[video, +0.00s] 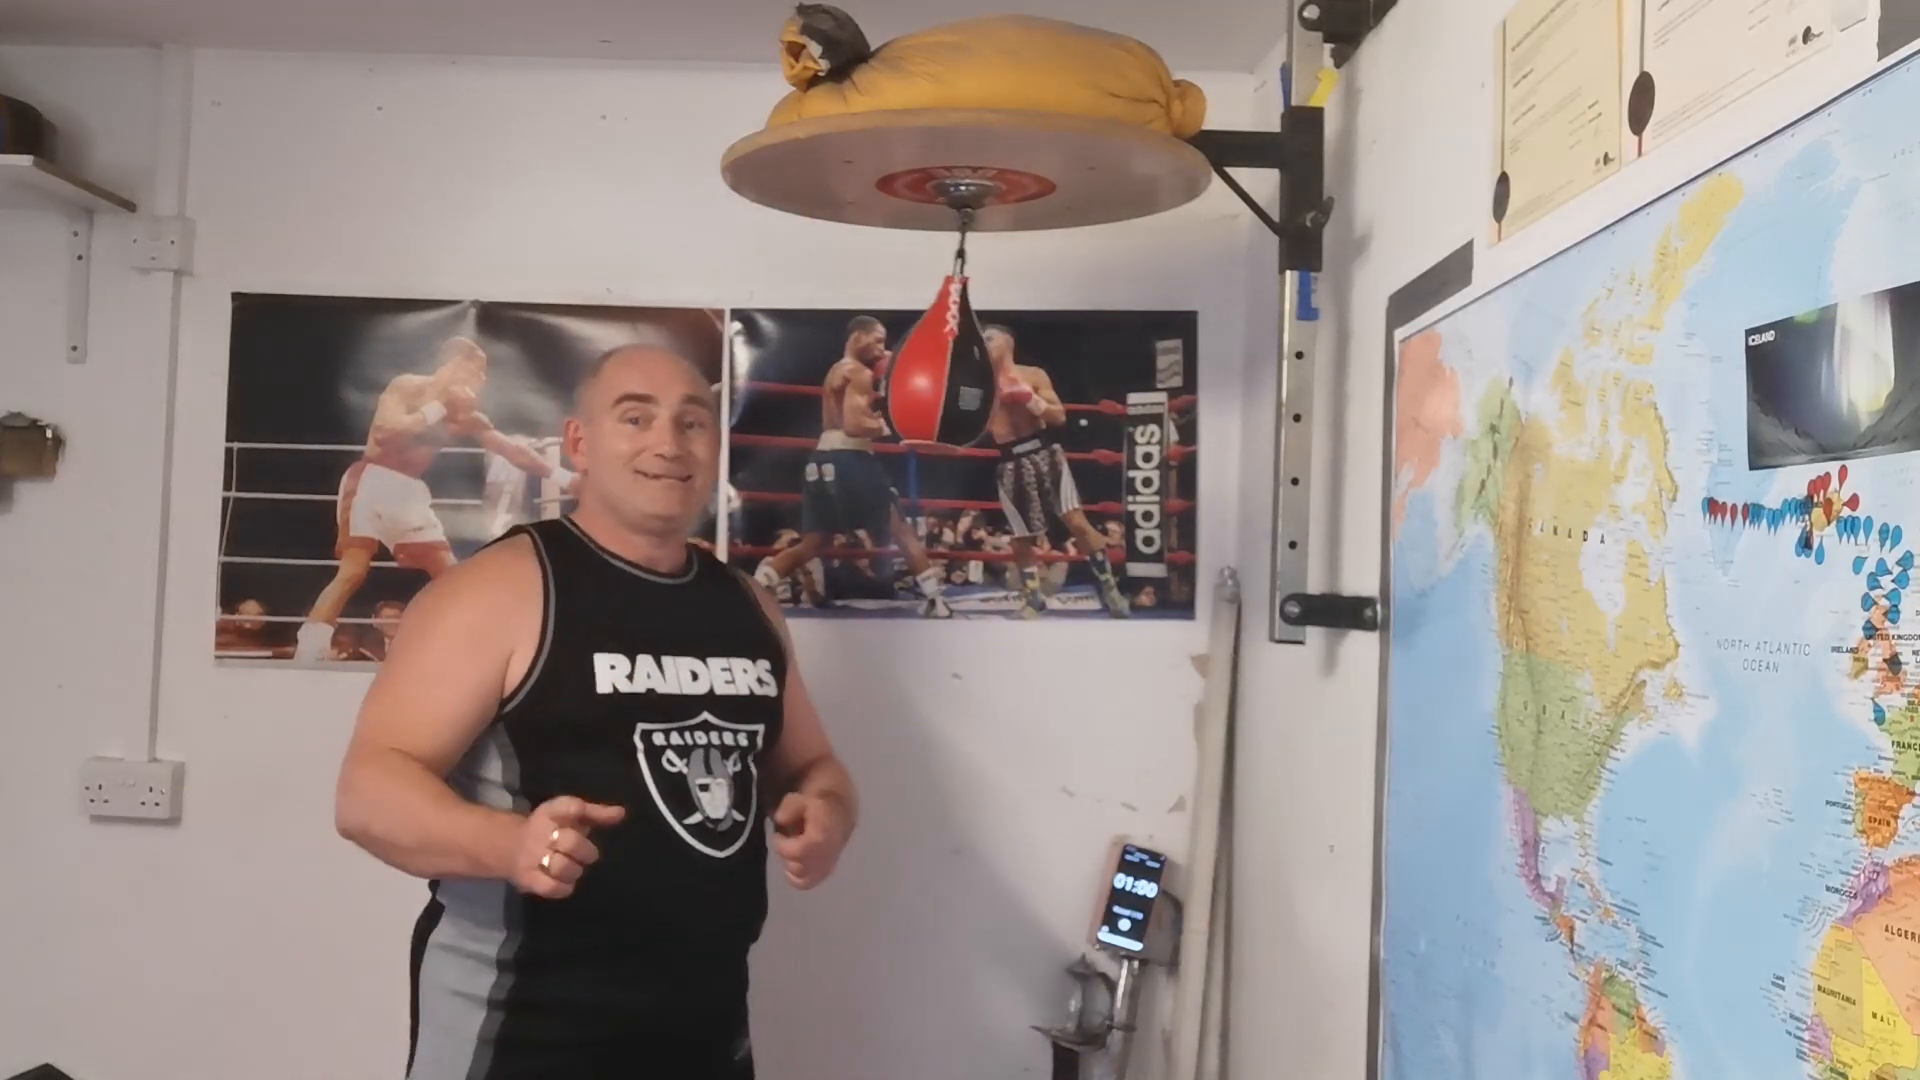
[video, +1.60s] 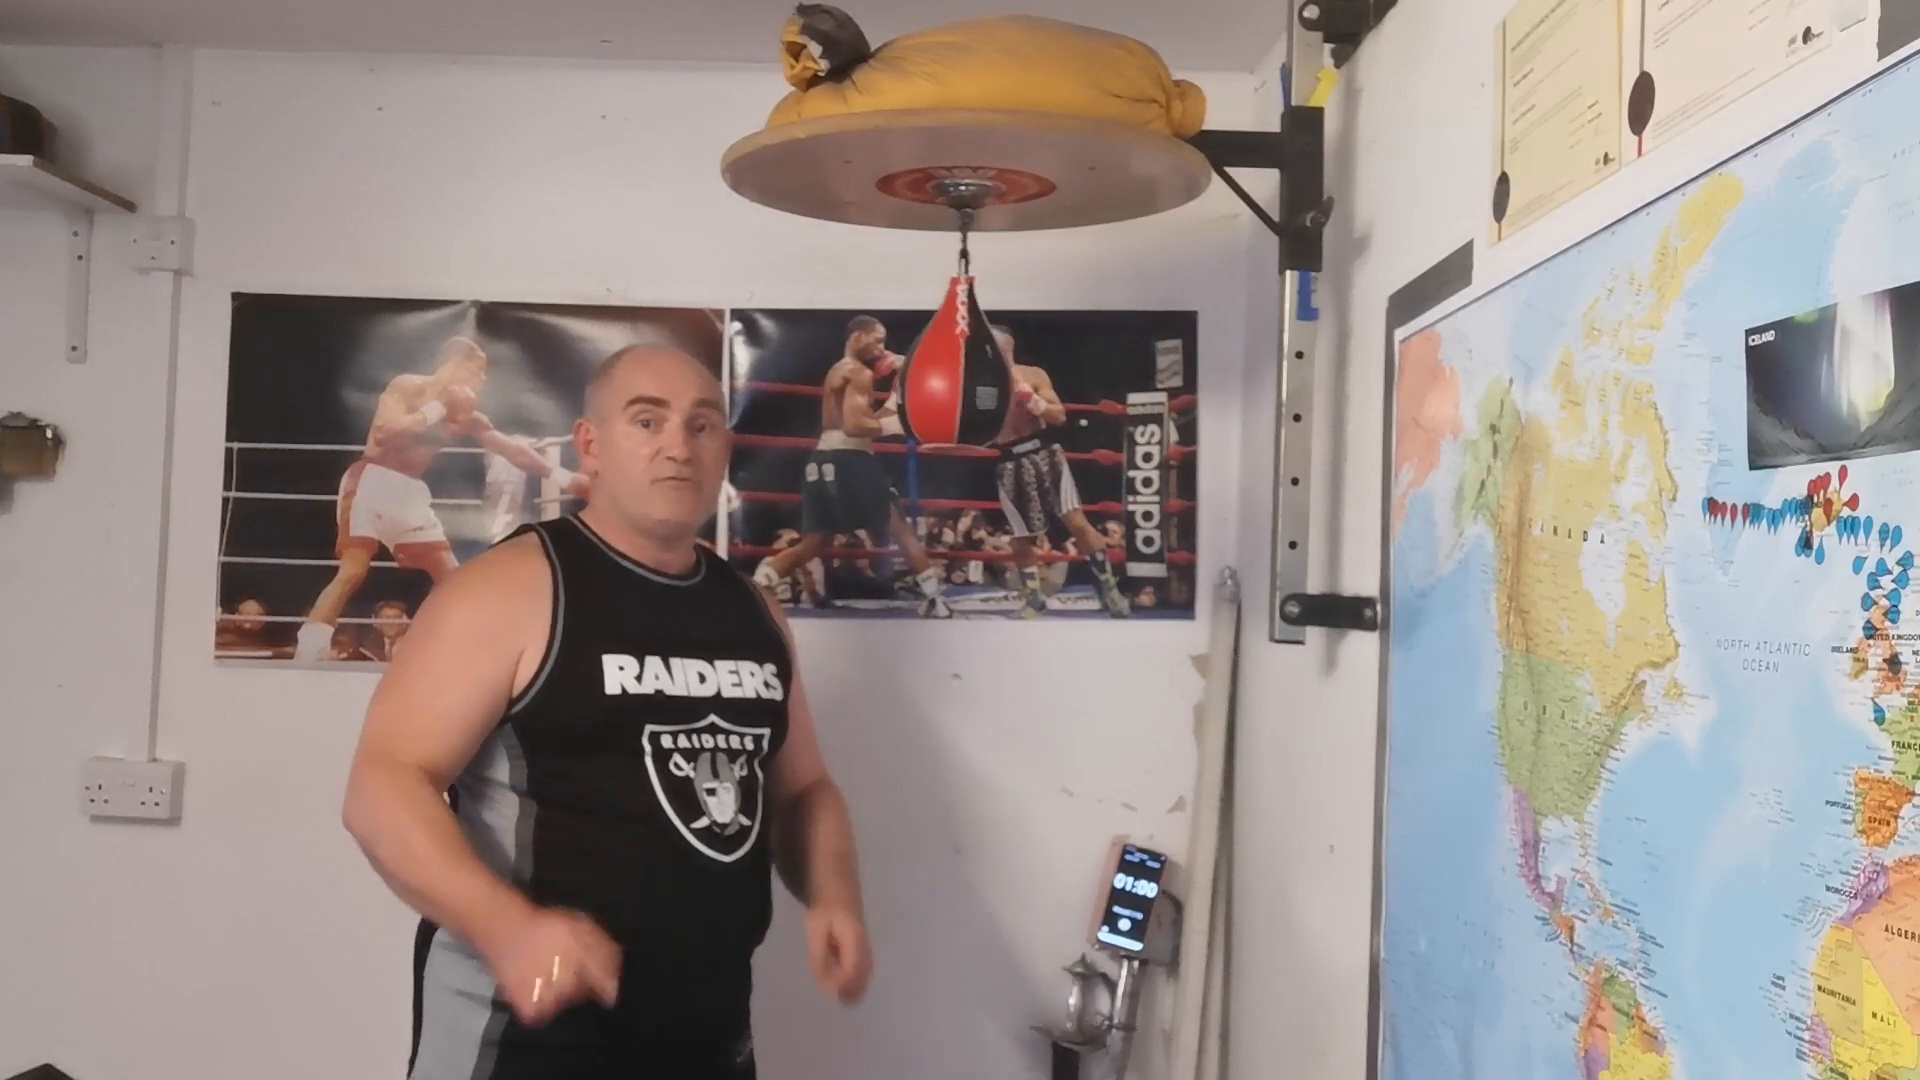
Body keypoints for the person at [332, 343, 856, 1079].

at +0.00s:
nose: (668, 443)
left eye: (691, 421)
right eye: (634, 417)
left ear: (715, 453)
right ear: (577, 444)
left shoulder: (744, 606)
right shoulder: (495, 590)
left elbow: (813, 765)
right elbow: (369, 789)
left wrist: (824, 814)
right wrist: (506, 843)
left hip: (699, 1018)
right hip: (522, 1022)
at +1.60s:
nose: (679, 446)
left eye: (702, 424)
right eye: (646, 419)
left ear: (726, 454)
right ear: (588, 445)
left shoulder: (750, 611)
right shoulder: (508, 588)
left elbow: (802, 790)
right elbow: (382, 786)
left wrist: (831, 898)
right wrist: (509, 931)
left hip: (706, 1024)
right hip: (534, 1028)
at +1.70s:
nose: (682, 447)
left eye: (706, 423)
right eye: (650, 418)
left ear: (731, 452)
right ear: (593, 443)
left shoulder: (750, 612)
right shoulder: (510, 589)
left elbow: (799, 804)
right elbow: (387, 795)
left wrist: (828, 962)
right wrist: (478, 1003)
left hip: (709, 1030)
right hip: (542, 1035)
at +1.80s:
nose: (689, 448)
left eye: (714, 426)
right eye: (658, 419)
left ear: (736, 455)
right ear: (597, 443)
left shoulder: (751, 612)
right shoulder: (510, 591)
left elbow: (796, 813)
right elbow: (395, 801)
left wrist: (810, 1006)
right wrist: (431, 1040)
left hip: (710, 1039)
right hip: (540, 1040)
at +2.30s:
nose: (693, 446)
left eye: (714, 423)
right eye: (660, 418)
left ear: (737, 453)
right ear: (600, 443)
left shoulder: (748, 608)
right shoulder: (519, 592)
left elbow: (793, 810)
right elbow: (403, 807)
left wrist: (830, 994)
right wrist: (477, 1031)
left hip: (719, 1037)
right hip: (555, 1040)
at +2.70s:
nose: (677, 444)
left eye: (698, 421)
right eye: (643, 417)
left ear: (721, 450)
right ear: (583, 446)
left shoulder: (742, 606)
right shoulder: (508, 591)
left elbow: (804, 821)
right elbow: (380, 795)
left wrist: (824, 778)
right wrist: (547, 789)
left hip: (713, 1020)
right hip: (537, 1021)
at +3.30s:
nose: (681, 442)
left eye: (704, 419)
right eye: (649, 415)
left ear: (729, 451)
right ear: (589, 444)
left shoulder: (750, 611)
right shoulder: (510, 592)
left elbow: (796, 810)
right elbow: (388, 800)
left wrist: (816, 994)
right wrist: (427, 1039)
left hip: (715, 1038)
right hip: (542, 1041)